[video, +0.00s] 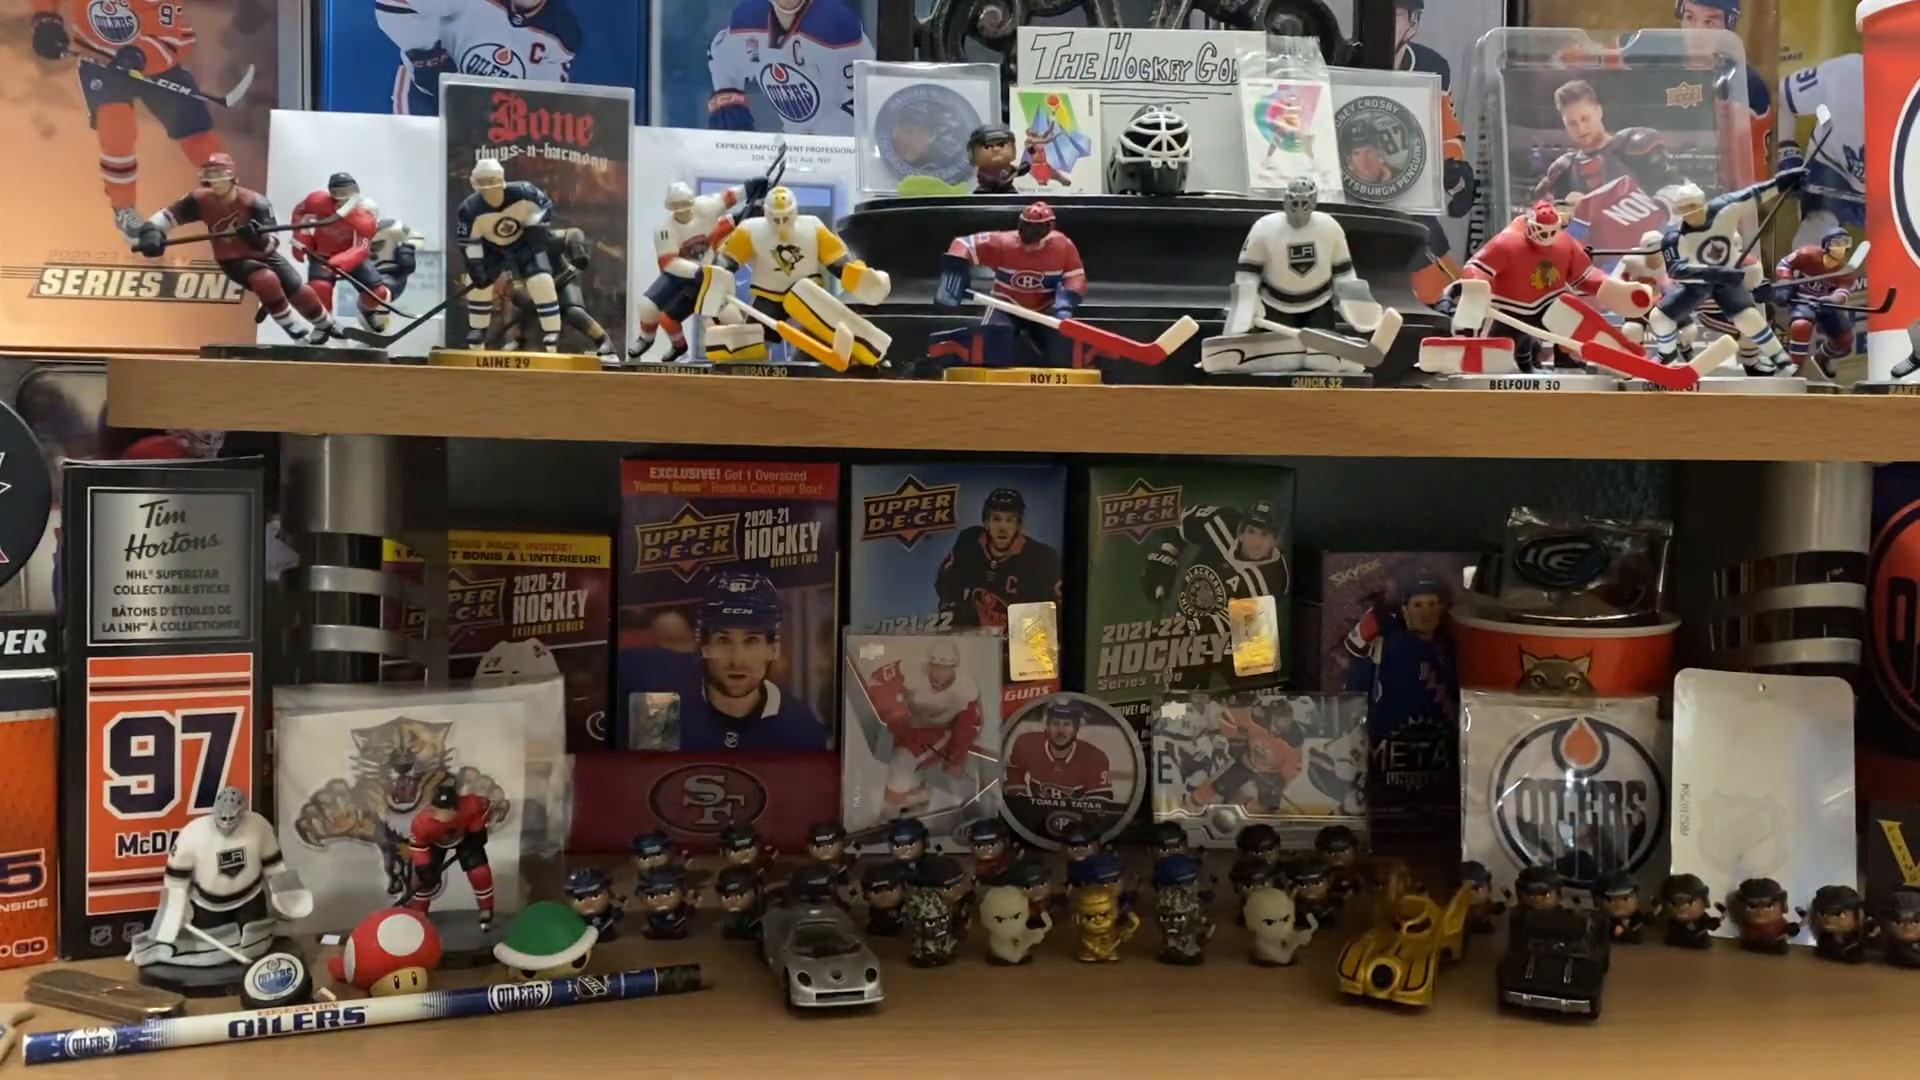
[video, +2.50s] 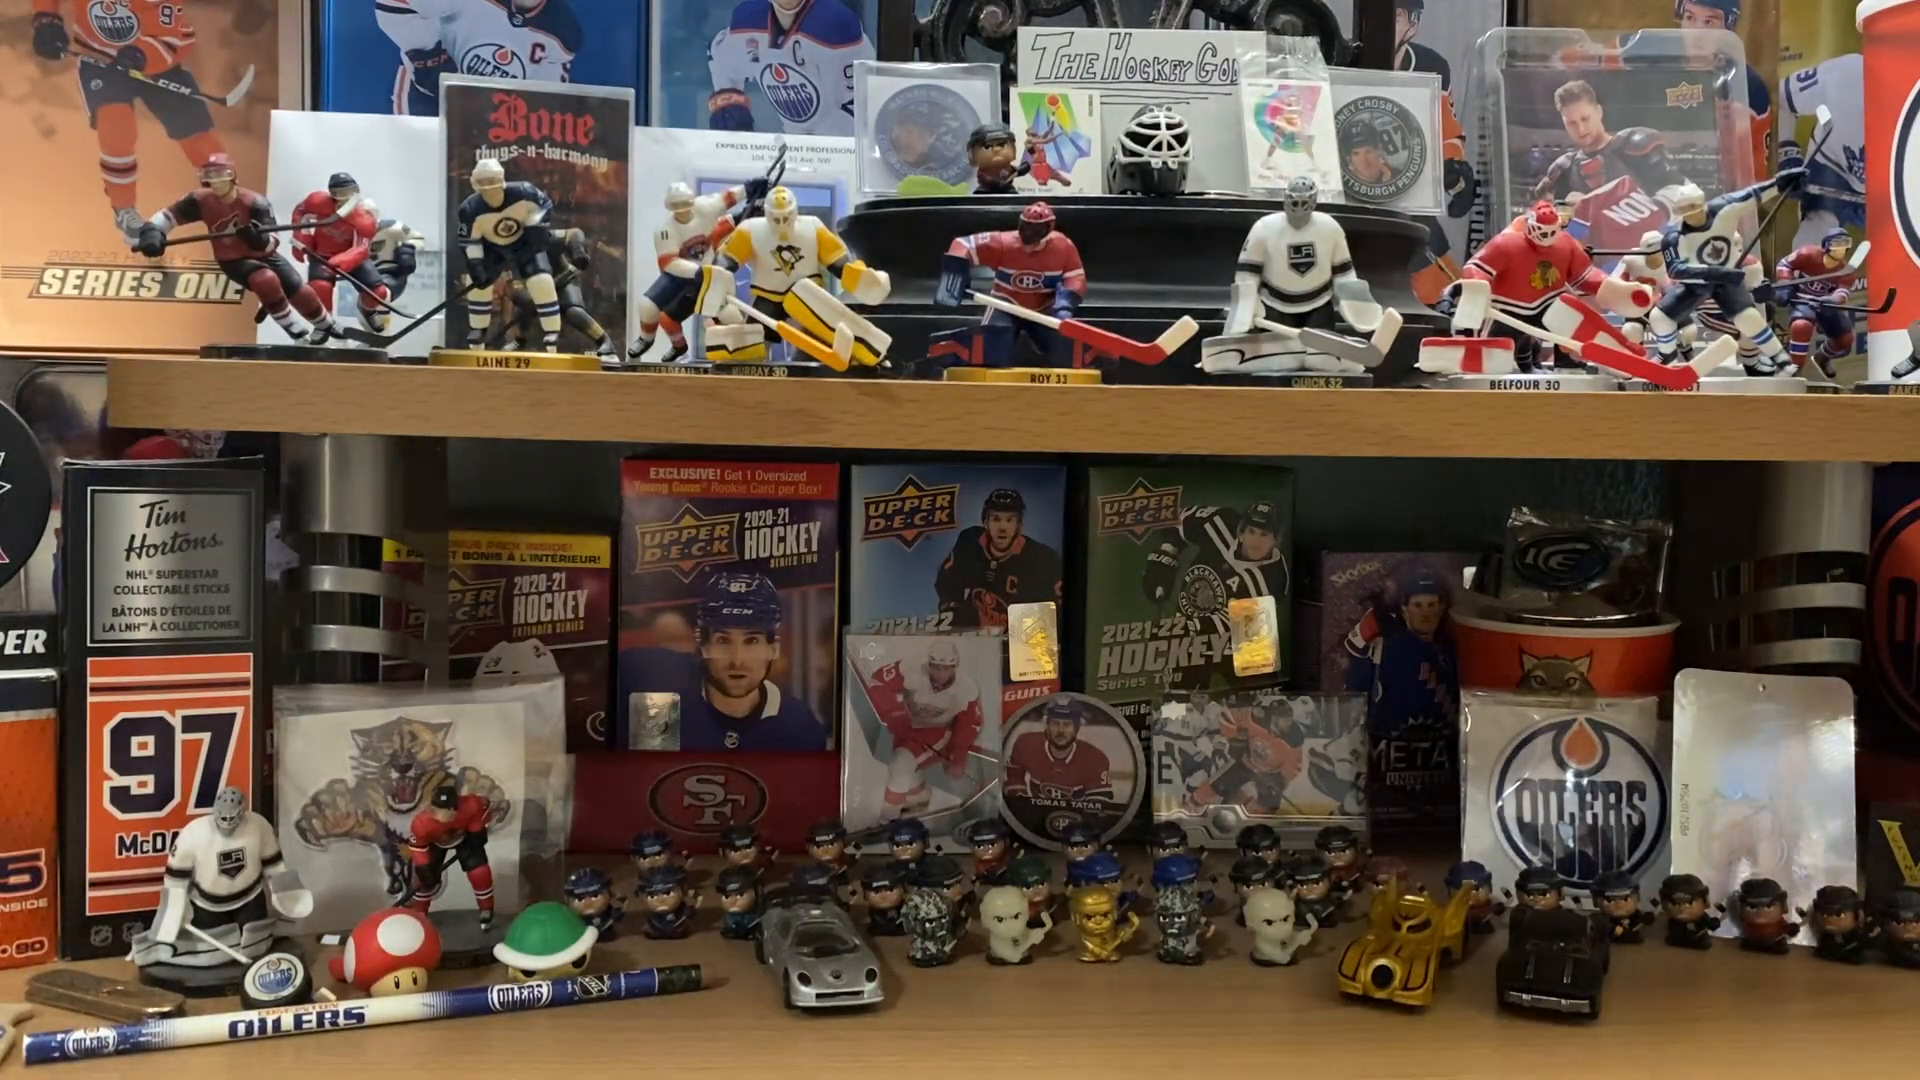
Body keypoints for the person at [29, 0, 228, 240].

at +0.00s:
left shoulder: (160, 7)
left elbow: (175, 38)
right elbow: (46, 2)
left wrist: (141, 53)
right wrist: (47, 19)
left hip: (155, 59)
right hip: (99, 61)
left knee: (197, 132)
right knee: (118, 128)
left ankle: (231, 206)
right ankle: (125, 211)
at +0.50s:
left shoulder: (161, 7)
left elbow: (172, 40)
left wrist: (141, 54)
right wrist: (46, 18)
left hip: (157, 60)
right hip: (100, 60)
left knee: (206, 149)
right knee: (118, 128)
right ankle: (125, 211)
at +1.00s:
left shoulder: (161, 7)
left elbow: (175, 39)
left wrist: (141, 54)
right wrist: (46, 18)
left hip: (157, 61)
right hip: (100, 61)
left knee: (207, 151)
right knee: (118, 127)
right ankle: (125, 211)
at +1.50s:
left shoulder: (161, 7)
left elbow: (179, 39)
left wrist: (142, 55)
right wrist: (46, 18)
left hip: (157, 61)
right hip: (99, 61)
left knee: (206, 148)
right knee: (118, 127)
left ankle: (231, 208)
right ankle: (125, 211)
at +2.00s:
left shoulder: (160, 7)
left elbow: (179, 39)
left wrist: (142, 54)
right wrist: (46, 18)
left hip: (157, 62)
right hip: (100, 61)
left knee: (206, 149)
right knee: (118, 128)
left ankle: (232, 210)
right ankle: (125, 211)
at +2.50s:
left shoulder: (160, 7)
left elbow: (180, 39)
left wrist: (143, 54)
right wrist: (46, 18)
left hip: (157, 61)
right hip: (99, 60)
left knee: (205, 148)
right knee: (118, 127)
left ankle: (232, 209)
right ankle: (125, 211)